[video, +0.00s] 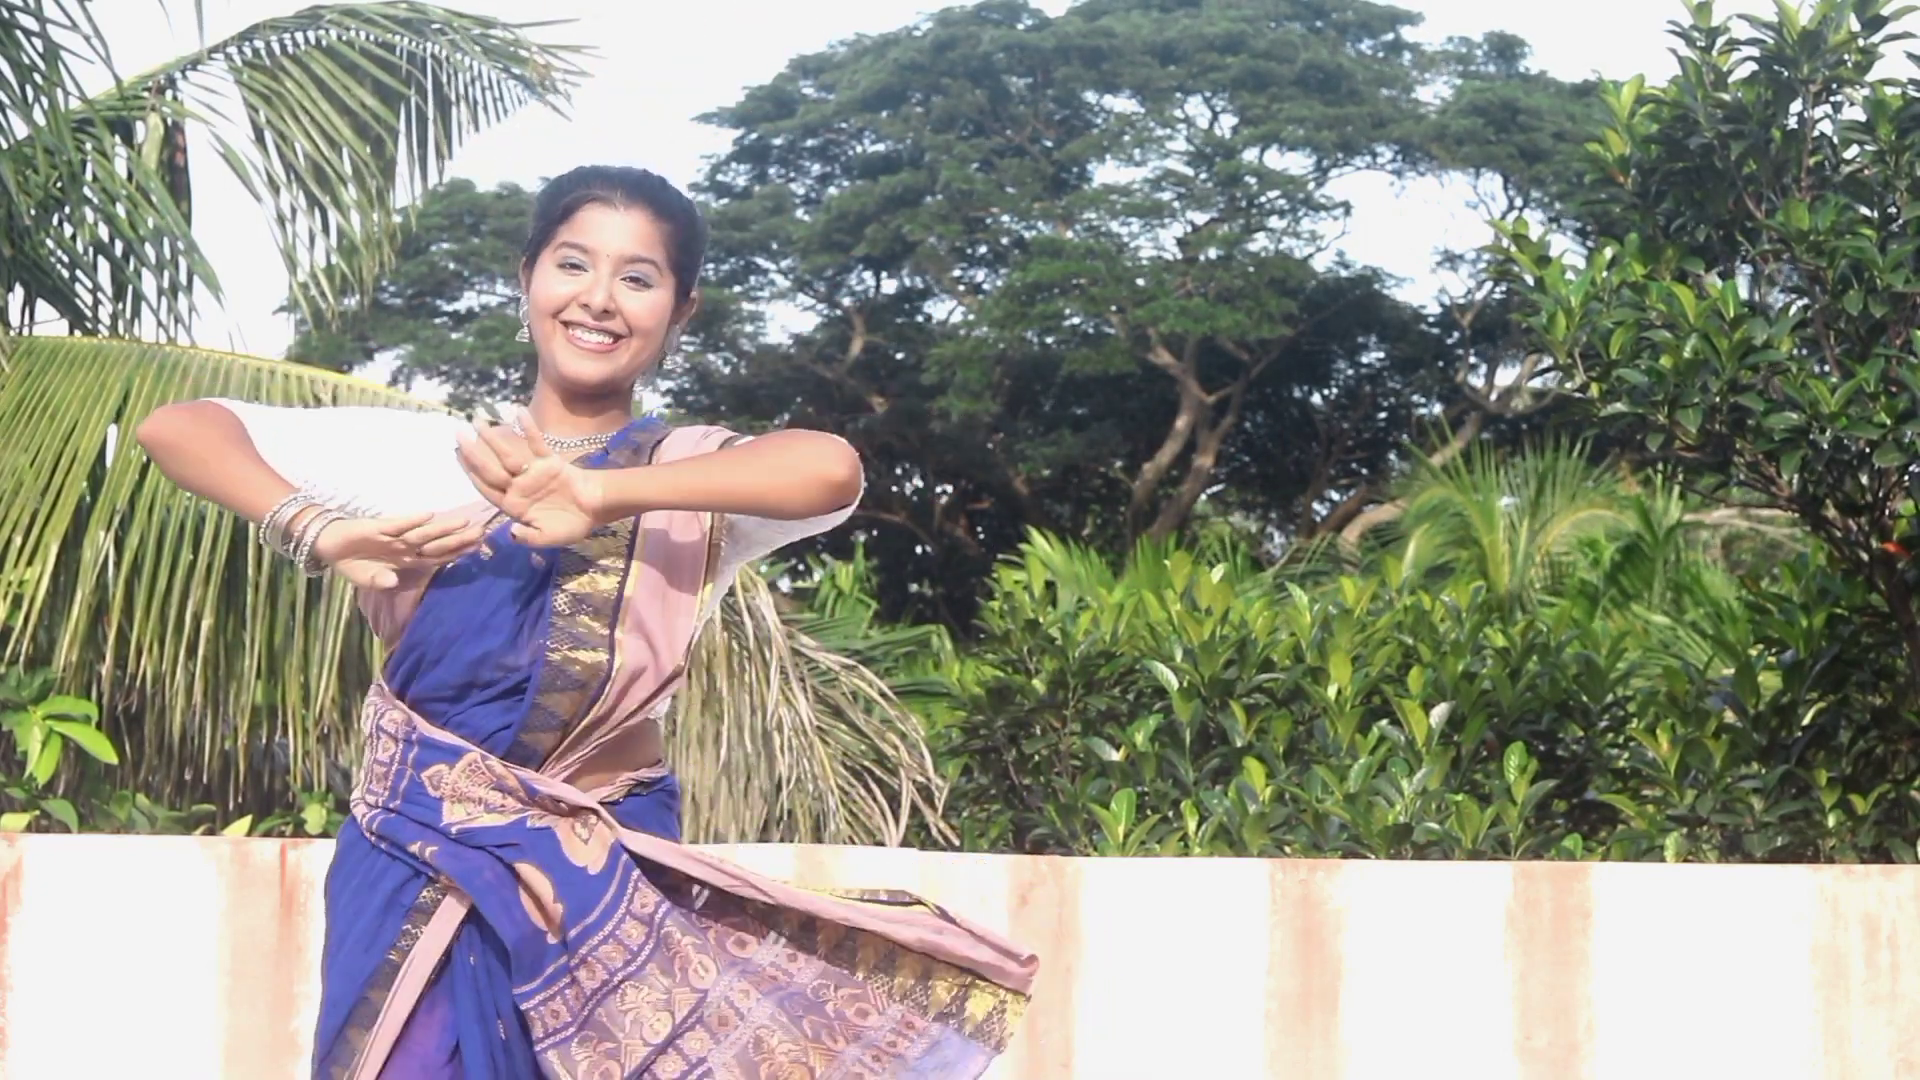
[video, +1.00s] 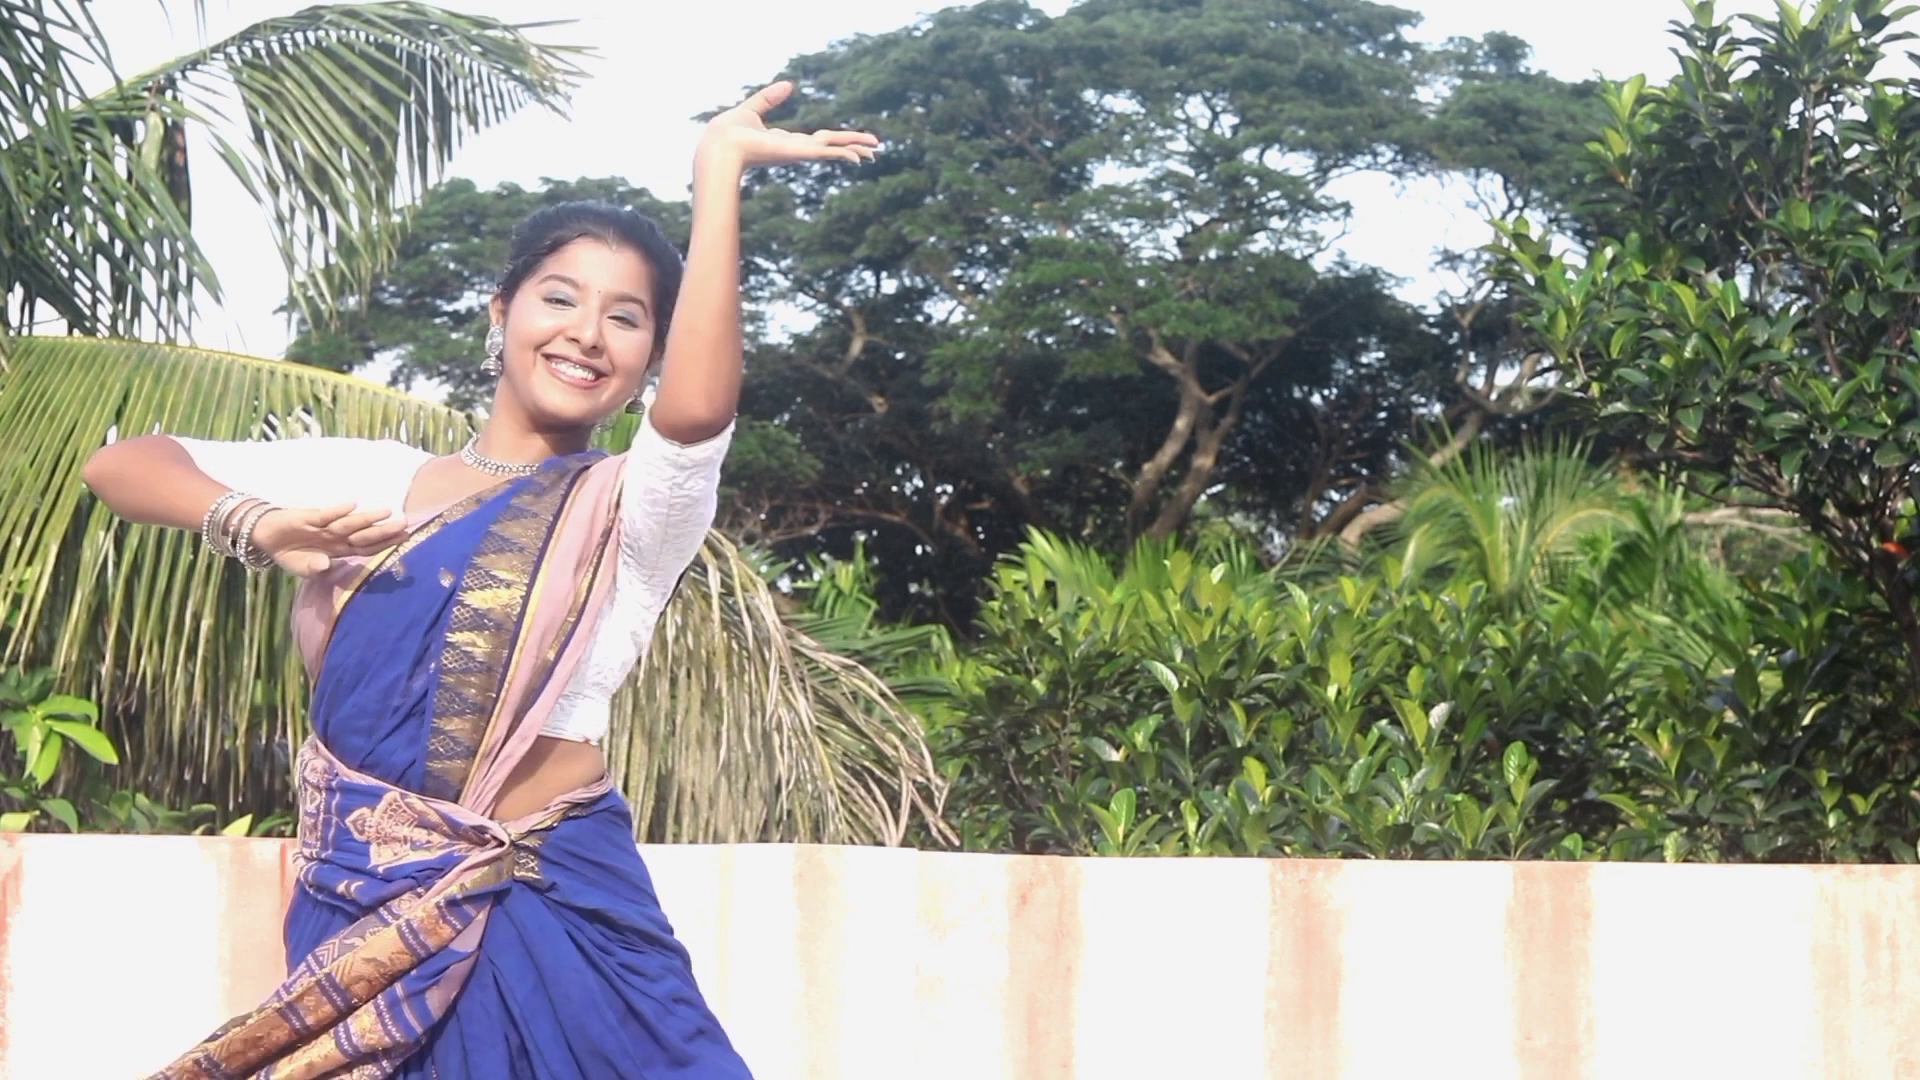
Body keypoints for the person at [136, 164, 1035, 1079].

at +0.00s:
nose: (598, 297)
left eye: (637, 278)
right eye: (573, 264)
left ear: (676, 319)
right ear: (527, 287)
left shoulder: (692, 471)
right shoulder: (430, 450)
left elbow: (838, 471)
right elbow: (173, 427)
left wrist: (606, 491)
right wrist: (315, 529)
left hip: (613, 862)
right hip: (421, 856)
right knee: (407, 1062)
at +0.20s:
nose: (606, 330)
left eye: (650, 320)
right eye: (589, 291)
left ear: (680, 370)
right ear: (542, 303)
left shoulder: (650, 492)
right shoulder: (433, 464)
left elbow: (609, 523)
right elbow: (182, 469)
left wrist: (410, 495)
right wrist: (254, 555)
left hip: (543, 888)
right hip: (366, 871)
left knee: (575, 1063)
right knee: (331, 1063)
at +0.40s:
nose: (609, 356)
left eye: (654, 350)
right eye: (598, 315)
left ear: (683, 403)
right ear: (548, 318)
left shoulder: (607, 514)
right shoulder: (450, 503)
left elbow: (500, 533)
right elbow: (204, 483)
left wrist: (311, 392)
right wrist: (241, 550)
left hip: (514, 889)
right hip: (355, 889)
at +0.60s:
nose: (607, 363)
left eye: (651, 363)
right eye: (598, 320)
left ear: (669, 418)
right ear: (548, 318)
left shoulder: (599, 519)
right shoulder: (409, 481)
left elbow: (489, 468)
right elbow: (198, 476)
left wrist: (412, 243)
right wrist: (228, 541)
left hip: (511, 903)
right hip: (345, 905)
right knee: (229, 1062)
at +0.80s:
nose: (595, 356)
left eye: (643, 348)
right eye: (586, 313)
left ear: (668, 406)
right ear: (545, 316)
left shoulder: (605, 520)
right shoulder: (400, 479)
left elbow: (549, 390)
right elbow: (156, 471)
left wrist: (598, 148)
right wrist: (238, 536)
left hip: (515, 900)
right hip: (336, 909)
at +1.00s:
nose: (590, 334)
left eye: (625, 315)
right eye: (561, 298)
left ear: (650, 355)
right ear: (502, 315)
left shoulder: (631, 509)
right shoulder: (378, 477)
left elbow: (695, 410)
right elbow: (116, 465)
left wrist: (720, 162)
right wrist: (253, 523)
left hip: (552, 895)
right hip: (357, 905)